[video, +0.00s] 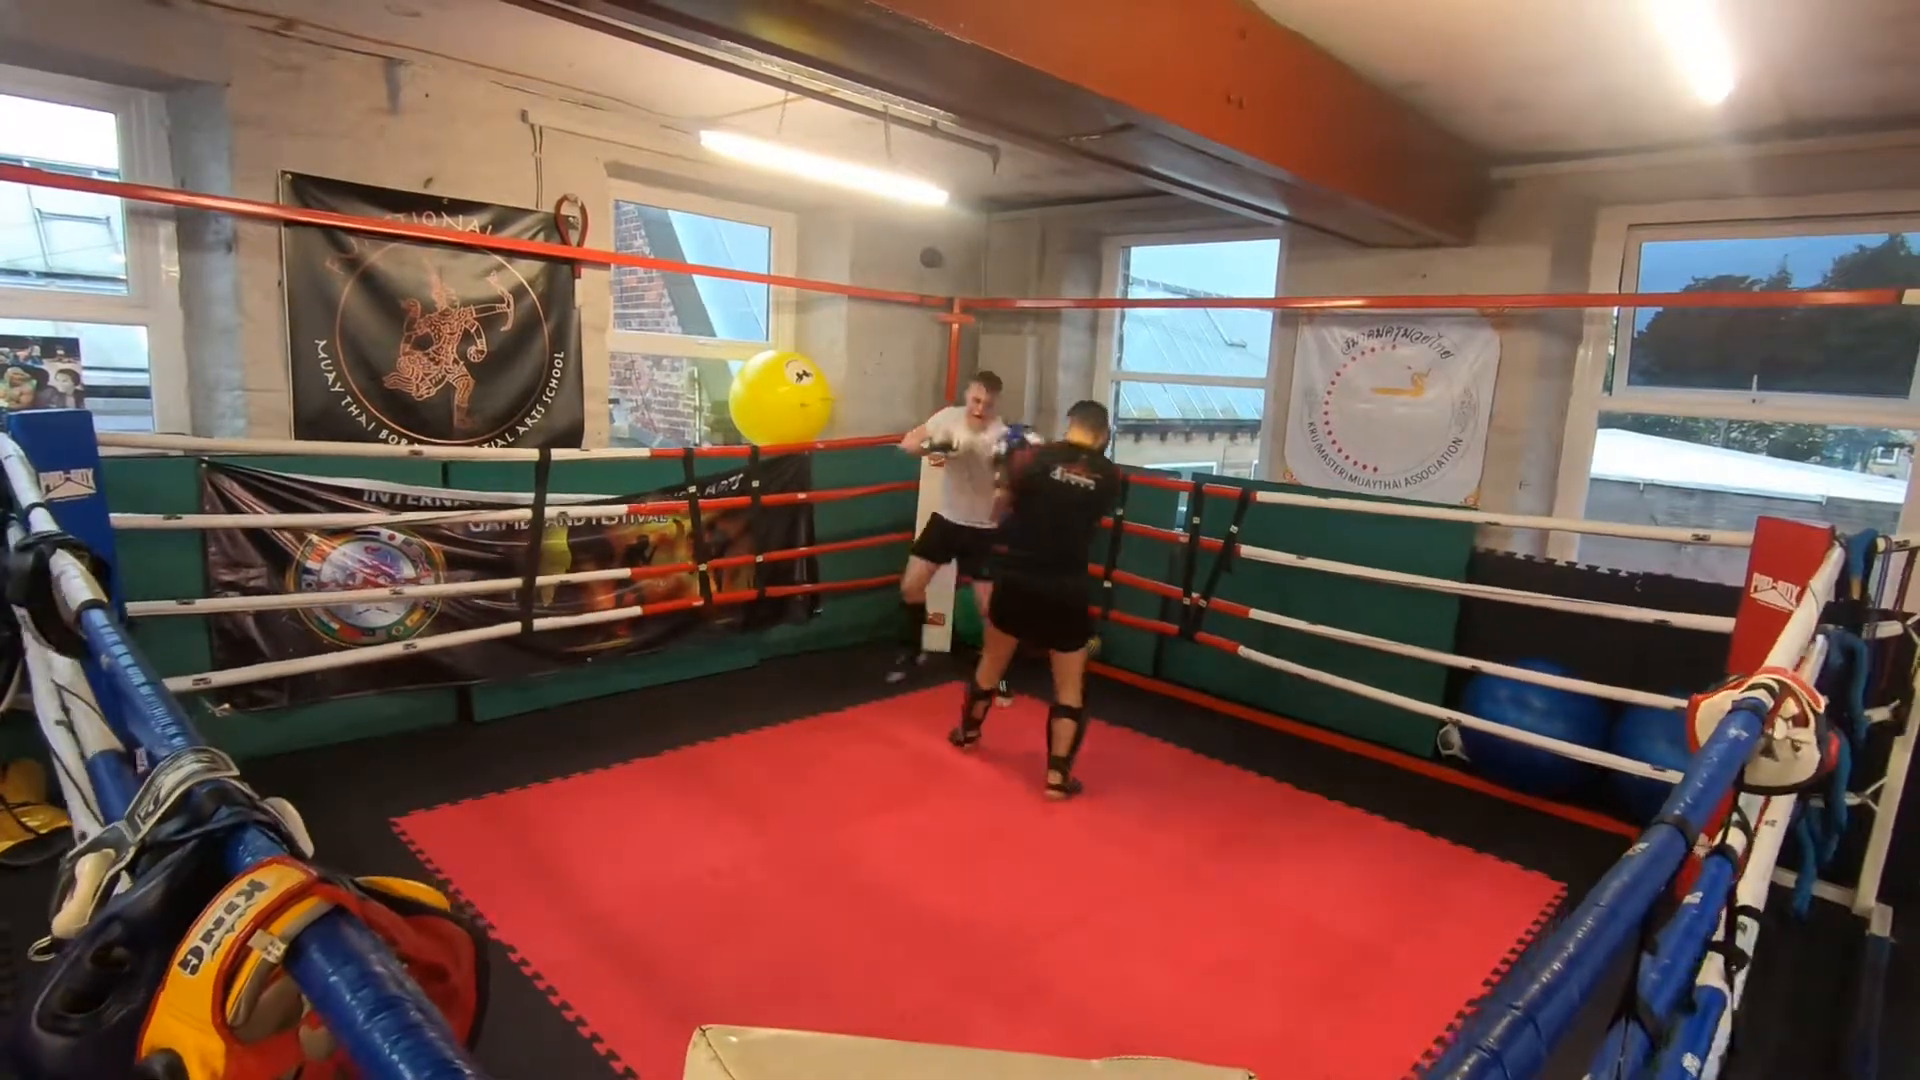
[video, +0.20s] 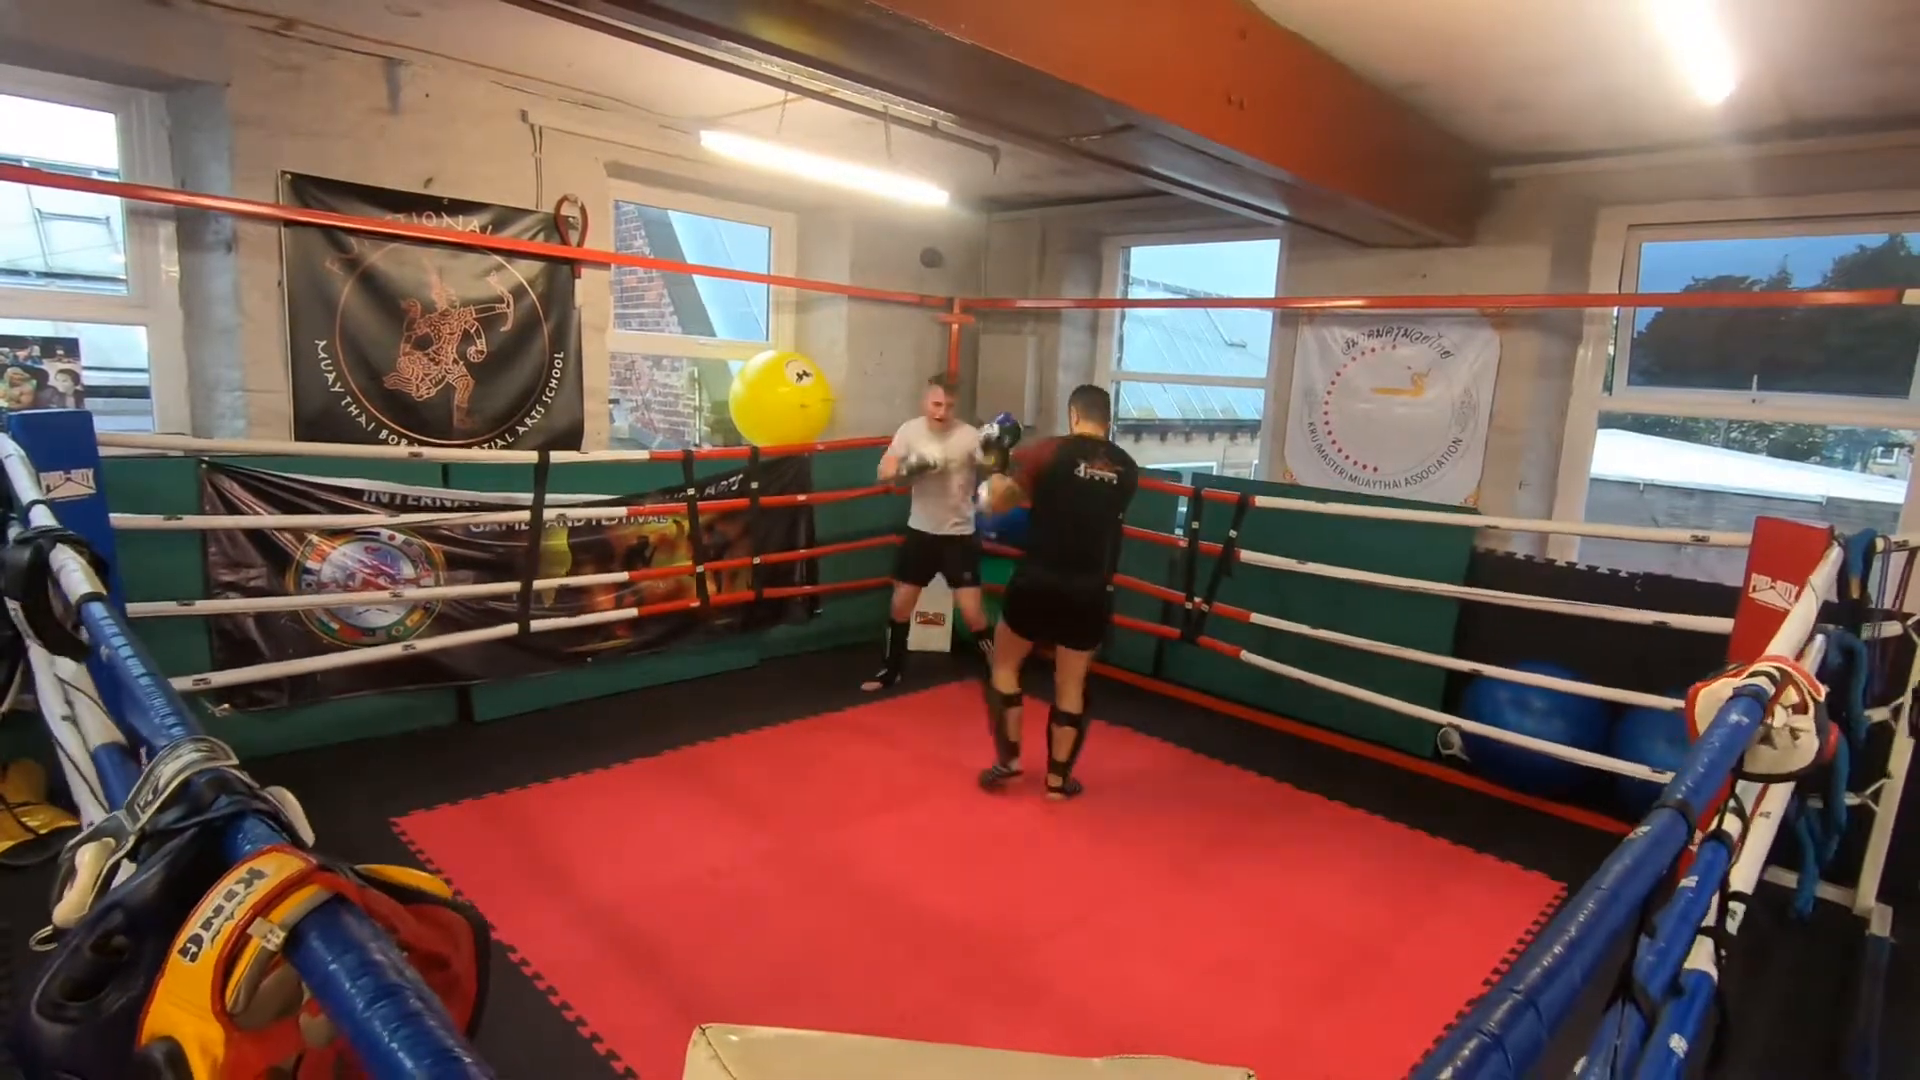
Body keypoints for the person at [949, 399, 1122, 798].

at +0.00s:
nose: (1089, 439)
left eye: (1078, 427)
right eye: (1103, 435)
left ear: (1068, 425)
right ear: (1104, 436)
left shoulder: (1032, 460)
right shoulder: (1109, 478)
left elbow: (1003, 508)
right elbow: (1093, 515)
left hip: (1016, 582)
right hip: (1067, 593)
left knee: (992, 661)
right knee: (1068, 686)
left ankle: (968, 731)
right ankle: (1057, 776)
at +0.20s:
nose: (1071, 423)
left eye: (1071, 417)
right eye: (1080, 419)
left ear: (1073, 417)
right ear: (1109, 420)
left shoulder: (1047, 454)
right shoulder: (1126, 469)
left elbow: (998, 500)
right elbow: (1087, 498)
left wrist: (996, 463)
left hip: (1037, 587)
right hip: (1088, 595)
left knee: (1006, 663)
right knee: (1071, 684)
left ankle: (1009, 759)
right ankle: (1057, 779)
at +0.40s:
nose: (1060, 425)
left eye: (1059, 419)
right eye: (1063, 419)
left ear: (1065, 417)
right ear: (1101, 418)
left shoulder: (1051, 458)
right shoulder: (1127, 466)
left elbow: (1018, 524)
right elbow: (1099, 516)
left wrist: (1009, 495)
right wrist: (1040, 494)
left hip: (1051, 594)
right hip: (1099, 594)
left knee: (1043, 692)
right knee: (1079, 685)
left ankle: (1049, 796)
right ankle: (1063, 773)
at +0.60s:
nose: (1058, 429)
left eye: (1058, 422)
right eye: (1060, 423)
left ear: (1066, 421)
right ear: (1099, 419)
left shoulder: (1056, 460)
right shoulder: (1129, 464)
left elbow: (1025, 528)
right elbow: (1103, 519)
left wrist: (1003, 511)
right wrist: (1038, 505)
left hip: (1062, 595)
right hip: (1109, 596)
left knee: (1047, 697)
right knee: (1102, 682)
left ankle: (1054, 801)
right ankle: (1118, 780)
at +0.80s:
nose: (1031, 463)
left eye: (1032, 456)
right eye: (1032, 456)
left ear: (1040, 457)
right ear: (1070, 452)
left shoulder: (1063, 492)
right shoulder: (1100, 490)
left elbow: (1078, 552)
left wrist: (1027, 582)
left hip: (1079, 632)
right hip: (1123, 630)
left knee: (994, 684)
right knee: (1146, 716)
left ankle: (990, 779)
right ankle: (1199, 813)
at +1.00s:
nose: (966, 439)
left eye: (969, 432)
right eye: (967, 432)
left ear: (984, 434)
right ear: (1003, 431)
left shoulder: (1011, 472)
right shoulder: (1016, 461)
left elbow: (1054, 526)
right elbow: (962, 449)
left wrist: (1014, 575)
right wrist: (914, 443)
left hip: (1040, 599)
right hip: (1073, 592)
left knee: (992, 685)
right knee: (1114, 682)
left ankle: (987, 781)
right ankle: (1167, 772)